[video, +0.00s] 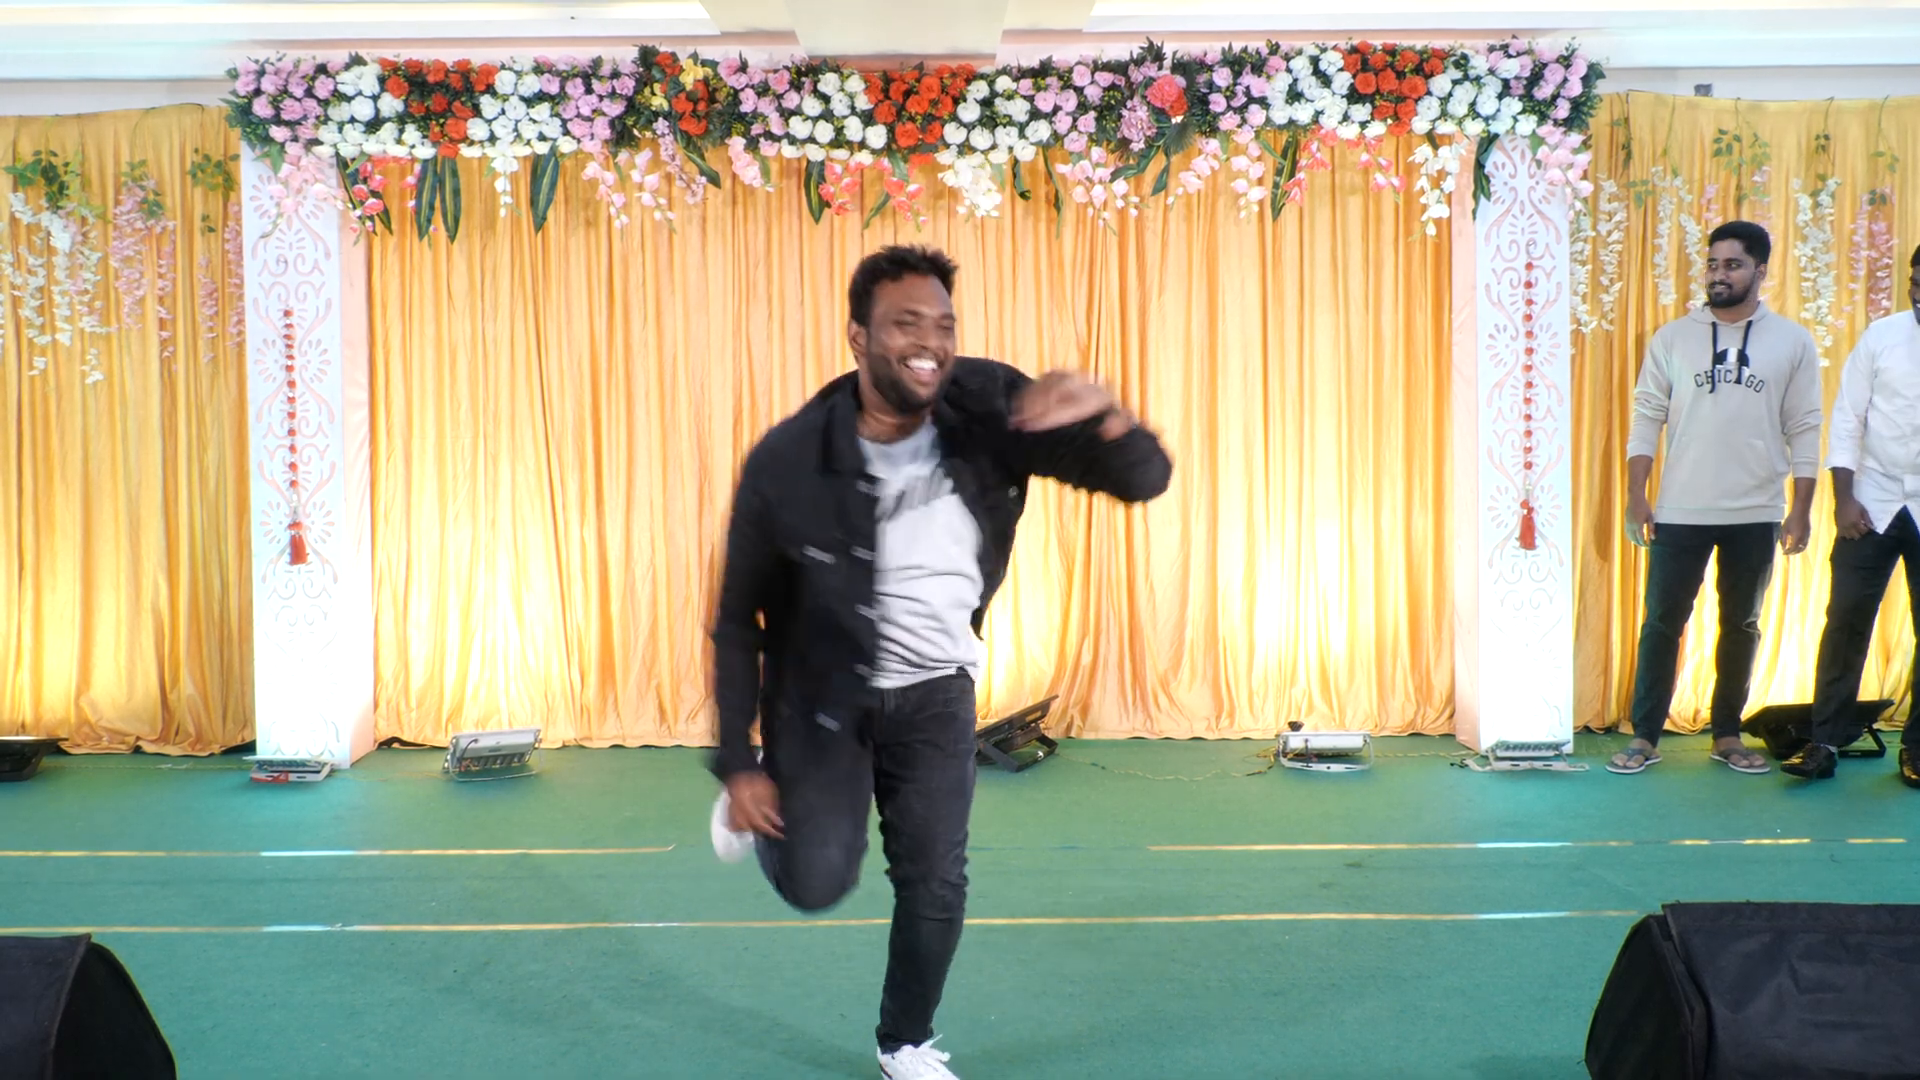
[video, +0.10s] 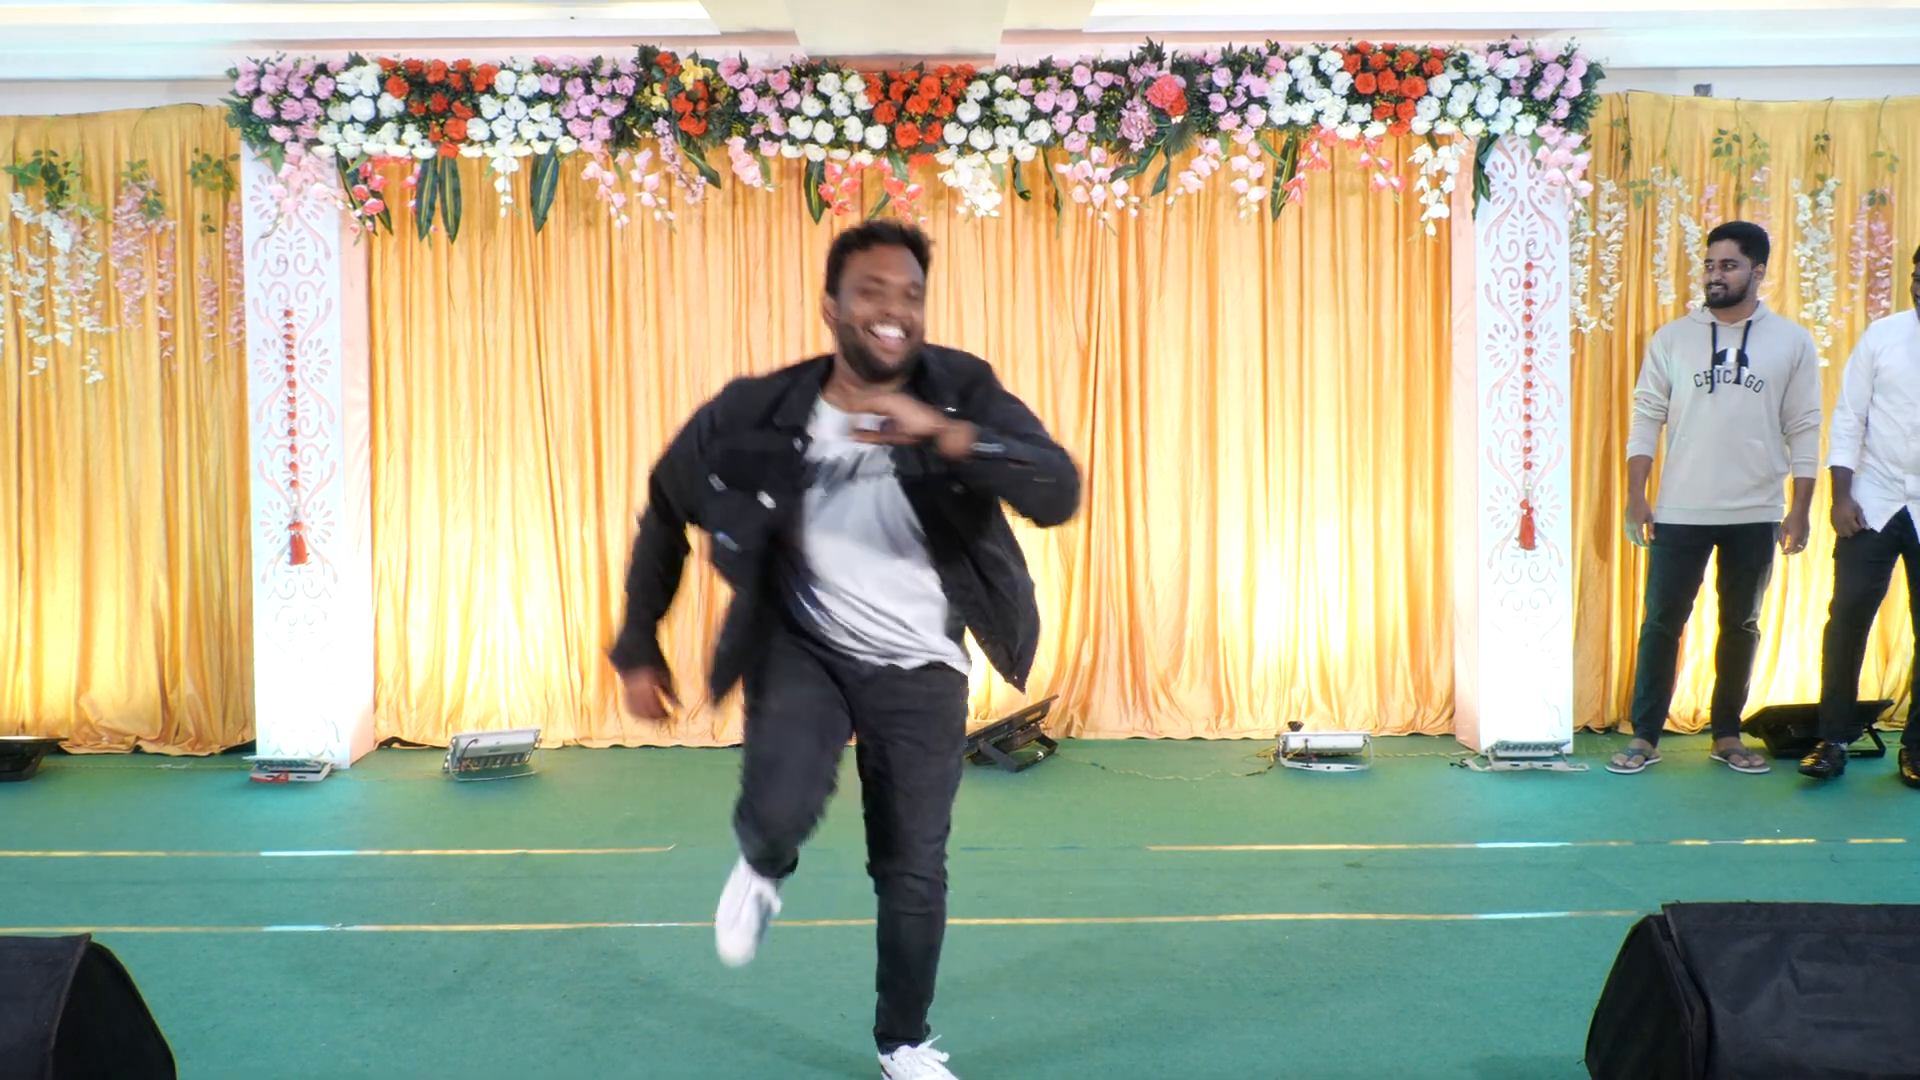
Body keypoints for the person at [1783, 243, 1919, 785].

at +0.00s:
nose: (1917, 282)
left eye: (1919, 275)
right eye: (1914, 274)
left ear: (1919, 282)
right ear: (1909, 280)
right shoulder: (1884, 336)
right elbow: (1846, 420)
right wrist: (1843, 497)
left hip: (1918, 510)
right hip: (1878, 500)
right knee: (1845, 621)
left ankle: (1915, 746)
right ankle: (1823, 741)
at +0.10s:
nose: (1918, 282)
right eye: (1916, 274)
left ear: (1919, 283)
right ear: (1911, 281)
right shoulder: (1884, 336)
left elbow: (1847, 415)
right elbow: (1848, 416)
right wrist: (1840, 493)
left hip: (1919, 508)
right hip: (1877, 497)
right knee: (1847, 618)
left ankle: (1915, 747)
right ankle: (1831, 740)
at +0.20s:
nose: (1919, 279)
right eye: (1918, 270)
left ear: (1919, 279)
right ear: (1913, 278)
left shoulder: (1890, 336)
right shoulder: (1886, 335)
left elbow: (1850, 415)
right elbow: (1851, 415)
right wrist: (1838, 492)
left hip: (1918, 507)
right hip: (1879, 499)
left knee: (1919, 633)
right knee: (1858, 617)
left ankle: (1914, 748)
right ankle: (1855, 742)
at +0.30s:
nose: (1918, 282)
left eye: (1919, 274)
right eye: (1917, 274)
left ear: (1915, 283)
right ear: (1912, 282)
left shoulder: (1887, 337)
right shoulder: (1885, 337)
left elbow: (1849, 419)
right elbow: (1850, 419)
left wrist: (1833, 498)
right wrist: (1832, 499)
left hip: (1911, 512)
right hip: (1881, 506)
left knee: (1909, 642)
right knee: (1874, 636)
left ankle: (1908, 747)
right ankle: (1879, 754)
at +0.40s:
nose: (1917, 281)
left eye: (1917, 272)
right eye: (1916, 272)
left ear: (1913, 281)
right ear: (1910, 280)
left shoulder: (1885, 338)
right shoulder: (1882, 338)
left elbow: (1847, 423)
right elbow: (1848, 424)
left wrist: (1829, 501)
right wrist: (1828, 501)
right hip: (1886, 512)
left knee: (1905, 640)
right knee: (1887, 635)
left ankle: (1906, 752)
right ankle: (1890, 755)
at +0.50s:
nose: (1915, 276)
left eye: (1916, 267)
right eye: (1911, 266)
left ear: (1915, 274)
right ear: (1905, 273)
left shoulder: (1884, 340)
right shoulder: (1879, 340)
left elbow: (1842, 428)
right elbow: (1844, 427)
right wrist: (1824, 505)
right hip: (1889, 514)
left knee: (1906, 643)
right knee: (1885, 640)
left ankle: (1905, 751)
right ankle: (1889, 756)